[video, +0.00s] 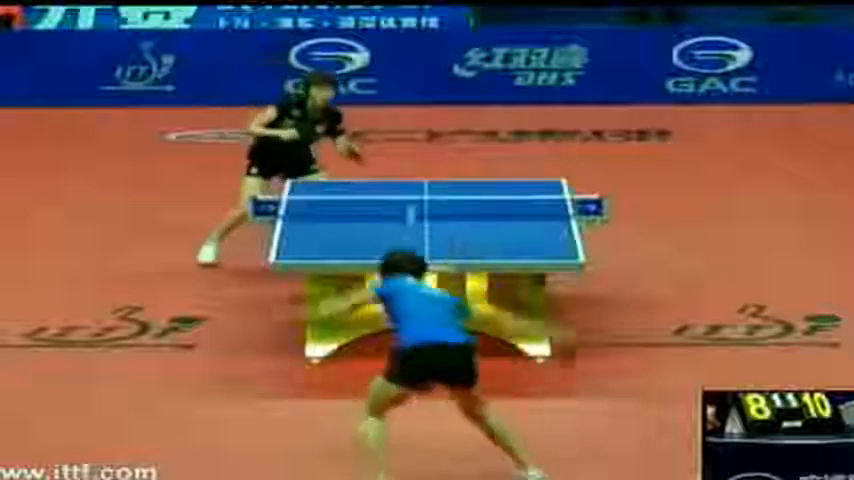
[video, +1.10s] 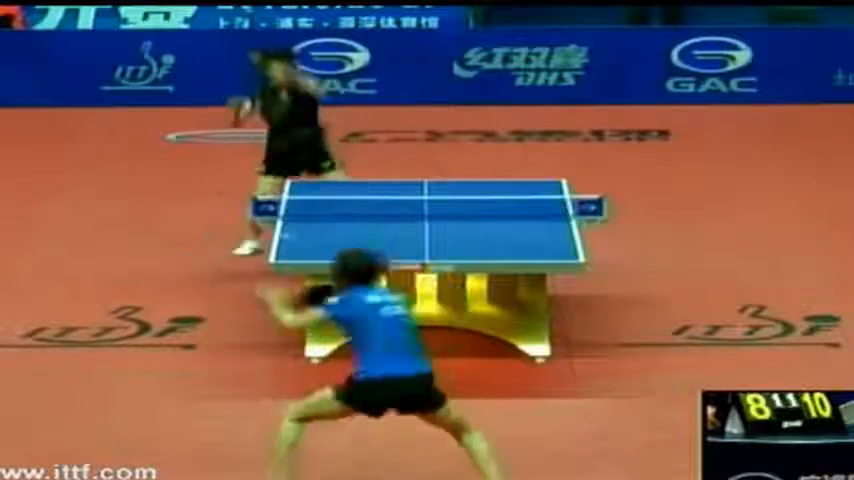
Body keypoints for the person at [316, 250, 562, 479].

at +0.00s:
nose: (382, 279)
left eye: (384, 274)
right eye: (385, 274)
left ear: (389, 273)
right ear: (420, 273)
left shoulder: (390, 285)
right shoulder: (444, 296)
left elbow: (348, 303)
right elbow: (492, 318)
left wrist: (319, 313)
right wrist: (535, 334)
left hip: (417, 352)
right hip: (459, 352)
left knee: (374, 414)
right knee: (477, 411)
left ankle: (379, 472)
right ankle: (529, 468)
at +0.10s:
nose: (366, 254)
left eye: (369, 249)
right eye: (372, 250)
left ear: (377, 249)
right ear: (409, 248)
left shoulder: (370, 267)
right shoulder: (432, 274)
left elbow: (325, 283)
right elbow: (493, 285)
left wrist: (284, 294)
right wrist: (547, 292)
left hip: (388, 341)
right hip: (433, 341)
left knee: (339, 405)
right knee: (464, 406)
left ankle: (344, 469)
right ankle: (493, 467)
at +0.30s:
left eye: (360, 239)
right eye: (390, 238)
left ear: (356, 244)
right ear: (391, 244)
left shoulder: (344, 271)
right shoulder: (408, 271)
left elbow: (297, 296)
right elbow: (465, 278)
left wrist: (256, 314)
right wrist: (507, 264)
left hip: (354, 353)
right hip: (401, 353)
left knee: (320, 419)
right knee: (445, 412)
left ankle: (302, 473)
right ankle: (474, 470)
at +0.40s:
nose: (390, 232)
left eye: (366, 228)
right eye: (391, 228)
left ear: (360, 235)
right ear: (393, 234)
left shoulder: (347, 260)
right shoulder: (411, 260)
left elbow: (307, 295)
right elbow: (466, 284)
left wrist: (264, 317)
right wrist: (491, 265)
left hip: (361, 343)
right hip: (407, 341)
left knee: (326, 411)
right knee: (448, 403)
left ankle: (302, 472)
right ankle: (476, 469)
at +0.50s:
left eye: (365, 235)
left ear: (369, 238)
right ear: (405, 238)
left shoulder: (358, 264)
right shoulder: (420, 264)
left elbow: (329, 304)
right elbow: (454, 301)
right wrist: (466, 291)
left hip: (371, 348)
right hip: (416, 348)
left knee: (336, 414)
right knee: (451, 408)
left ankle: (319, 473)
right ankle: (482, 470)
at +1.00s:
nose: (370, 261)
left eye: (373, 256)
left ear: (378, 258)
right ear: (412, 257)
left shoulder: (367, 286)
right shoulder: (434, 285)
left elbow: (336, 321)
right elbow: (456, 321)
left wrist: (326, 314)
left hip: (380, 367)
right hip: (428, 368)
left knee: (328, 424)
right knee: (472, 428)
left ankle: (310, 475)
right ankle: (501, 476)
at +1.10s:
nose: (333, 280)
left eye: (336, 275)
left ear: (342, 278)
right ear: (373, 276)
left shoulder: (347, 302)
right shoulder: (397, 299)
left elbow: (293, 321)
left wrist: (274, 301)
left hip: (372, 386)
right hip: (417, 383)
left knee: (296, 416)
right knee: (464, 431)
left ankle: (278, 472)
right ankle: (495, 473)